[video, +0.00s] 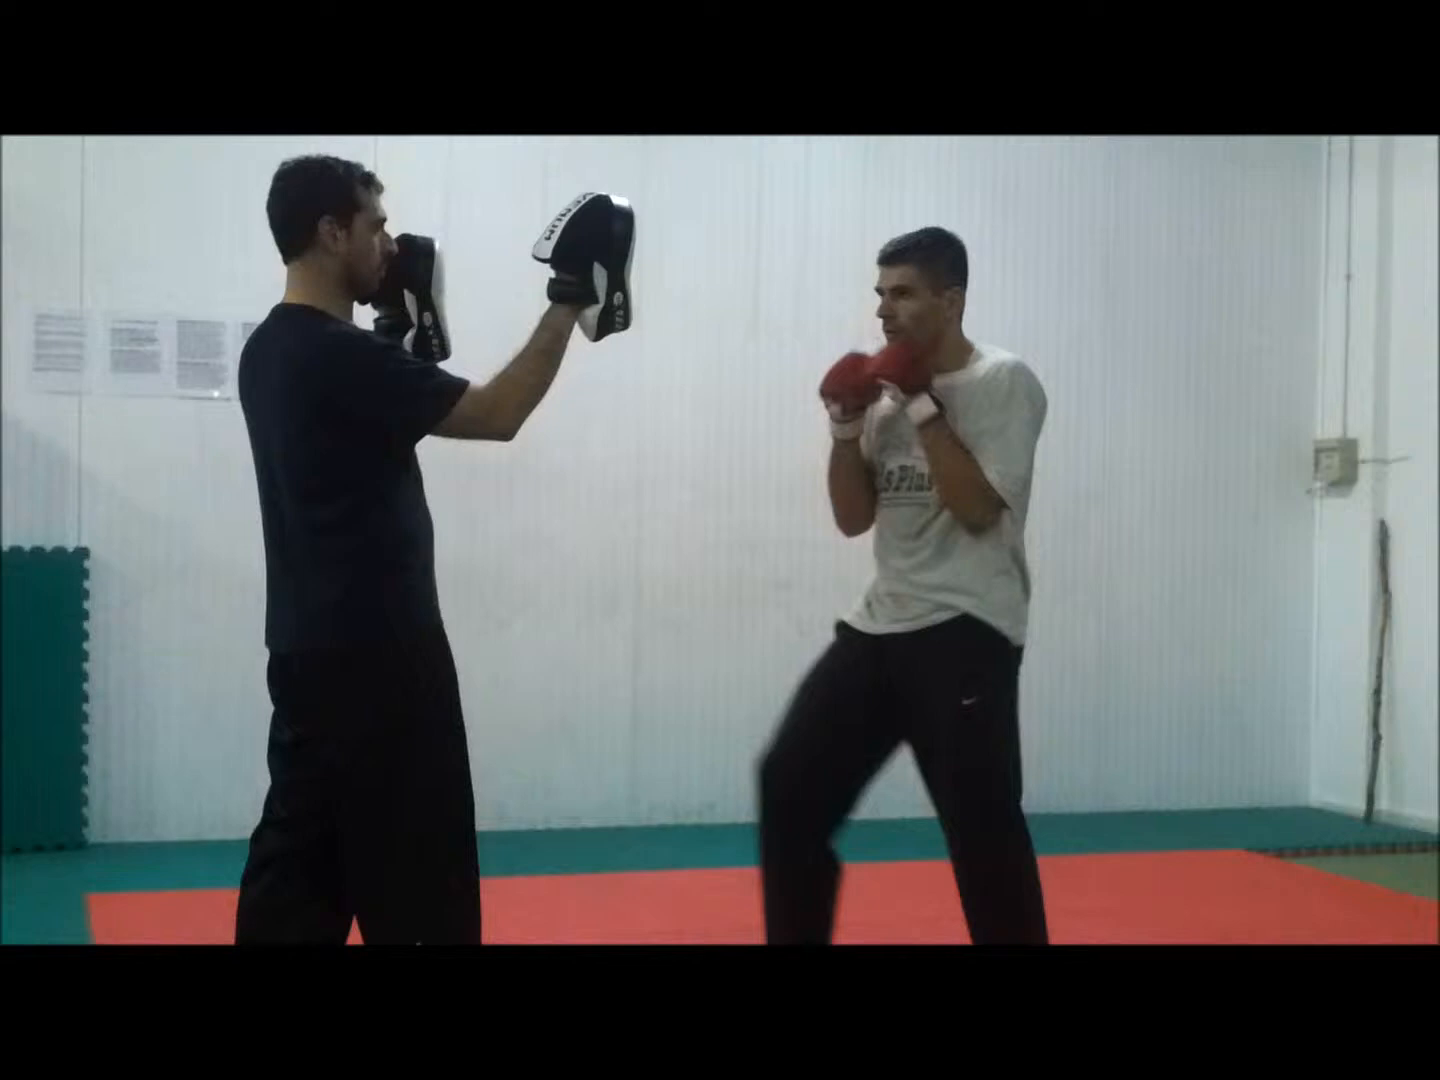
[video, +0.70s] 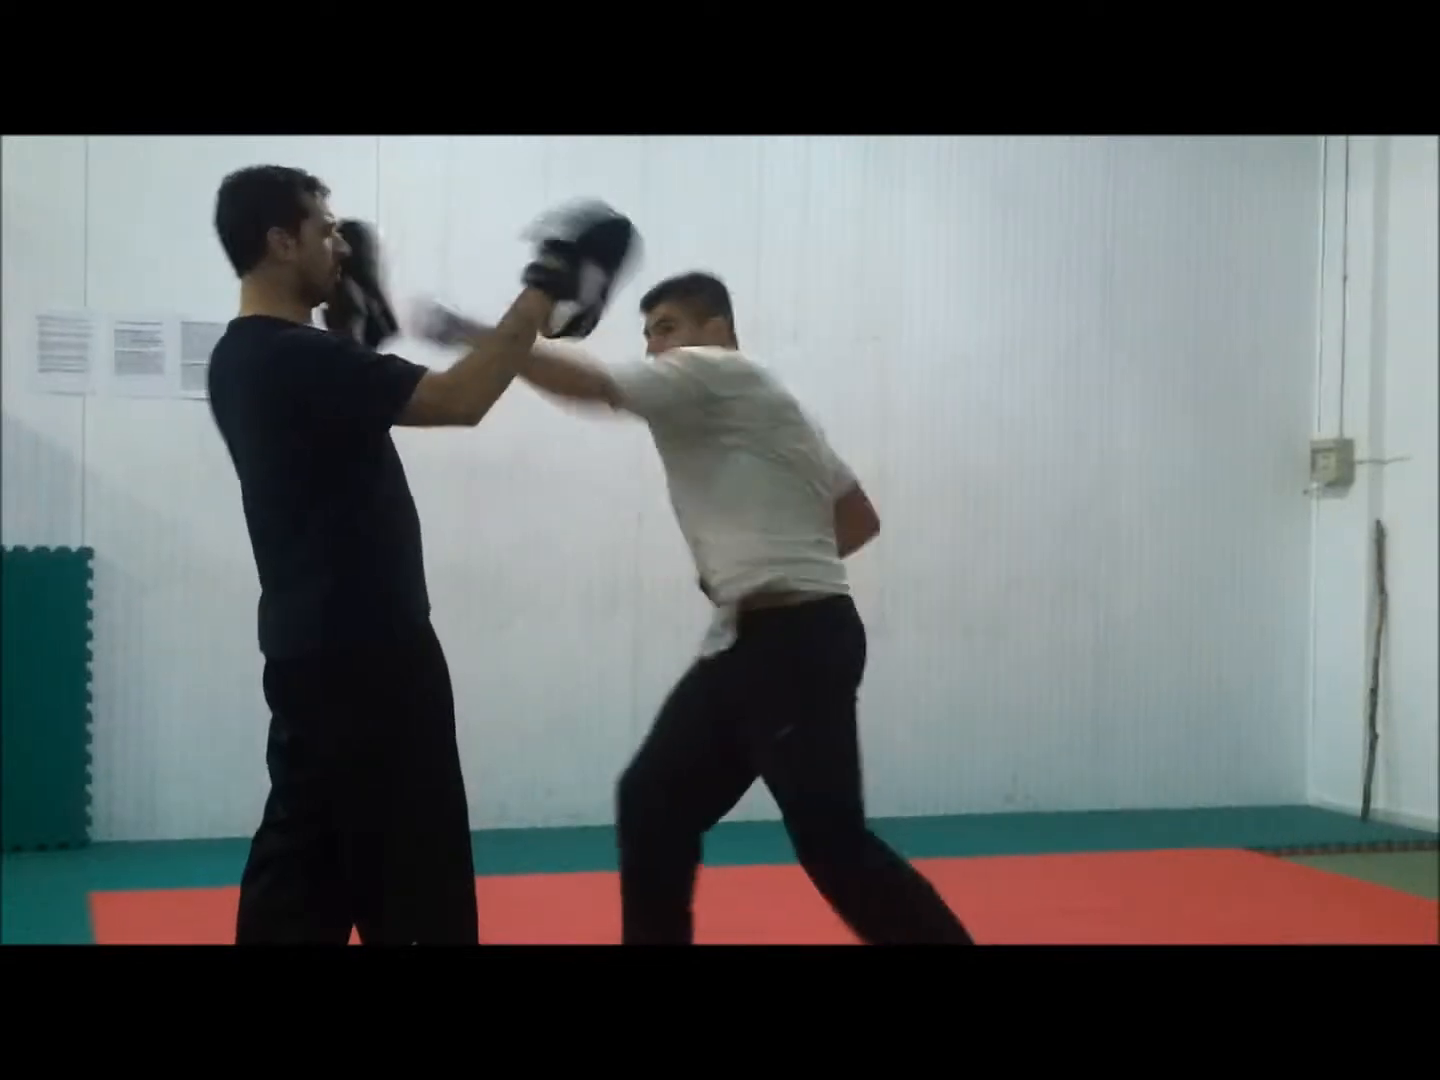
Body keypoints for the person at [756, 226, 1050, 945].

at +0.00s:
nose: (883, 309)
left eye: (900, 294)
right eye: (880, 294)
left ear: (952, 299)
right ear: (881, 299)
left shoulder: (1005, 383)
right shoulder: (879, 395)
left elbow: (979, 510)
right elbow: (853, 518)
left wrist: (923, 407)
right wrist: (846, 426)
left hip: (966, 634)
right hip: (879, 629)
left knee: (984, 829)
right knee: (790, 785)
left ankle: (1014, 946)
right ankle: (796, 943)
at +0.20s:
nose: (869, 294)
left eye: (886, 278)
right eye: (863, 279)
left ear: (936, 283)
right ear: (861, 286)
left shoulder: (987, 379)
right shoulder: (848, 375)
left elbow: (981, 512)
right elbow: (774, 470)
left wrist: (929, 403)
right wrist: (799, 391)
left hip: (941, 641)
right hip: (837, 632)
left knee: (978, 831)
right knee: (740, 771)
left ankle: (1014, 944)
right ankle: (708, 936)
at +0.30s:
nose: (845, 295)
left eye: (861, 279)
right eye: (838, 281)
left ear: (907, 282)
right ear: (835, 287)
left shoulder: (966, 381)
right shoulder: (812, 361)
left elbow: (982, 509)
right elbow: (694, 381)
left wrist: (924, 407)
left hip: (926, 640)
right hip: (817, 635)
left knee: (968, 833)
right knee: (716, 821)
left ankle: (1012, 946)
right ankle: (661, 941)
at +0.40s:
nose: (770, 299)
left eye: (783, 280)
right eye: (764, 284)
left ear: (831, 283)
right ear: (766, 292)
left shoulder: (906, 380)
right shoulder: (766, 369)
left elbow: (934, 508)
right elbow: (669, 417)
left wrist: (876, 428)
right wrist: (654, 339)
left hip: (883, 644)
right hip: (782, 643)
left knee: (944, 830)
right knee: (708, 826)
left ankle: (997, 941)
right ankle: (663, 941)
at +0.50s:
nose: (719, 307)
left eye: (733, 289)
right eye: (712, 293)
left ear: (778, 294)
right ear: (709, 308)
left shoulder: (829, 367)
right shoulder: (735, 397)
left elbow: (863, 480)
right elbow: (714, 511)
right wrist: (671, 450)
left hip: (843, 635)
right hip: (761, 642)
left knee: (901, 814)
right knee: (695, 830)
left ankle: (990, 940)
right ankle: (667, 944)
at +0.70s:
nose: (651, 345)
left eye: (667, 328)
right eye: (649, 333)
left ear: (718, 327)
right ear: (722, 338)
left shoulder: (701, 375)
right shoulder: (776, 402)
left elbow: (591, 380)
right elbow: (856, 517)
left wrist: (473, 336)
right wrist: (761, 570)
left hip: (786, 636)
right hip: (798, 633)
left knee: (833, 844)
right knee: (653, 803)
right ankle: (653, 942)